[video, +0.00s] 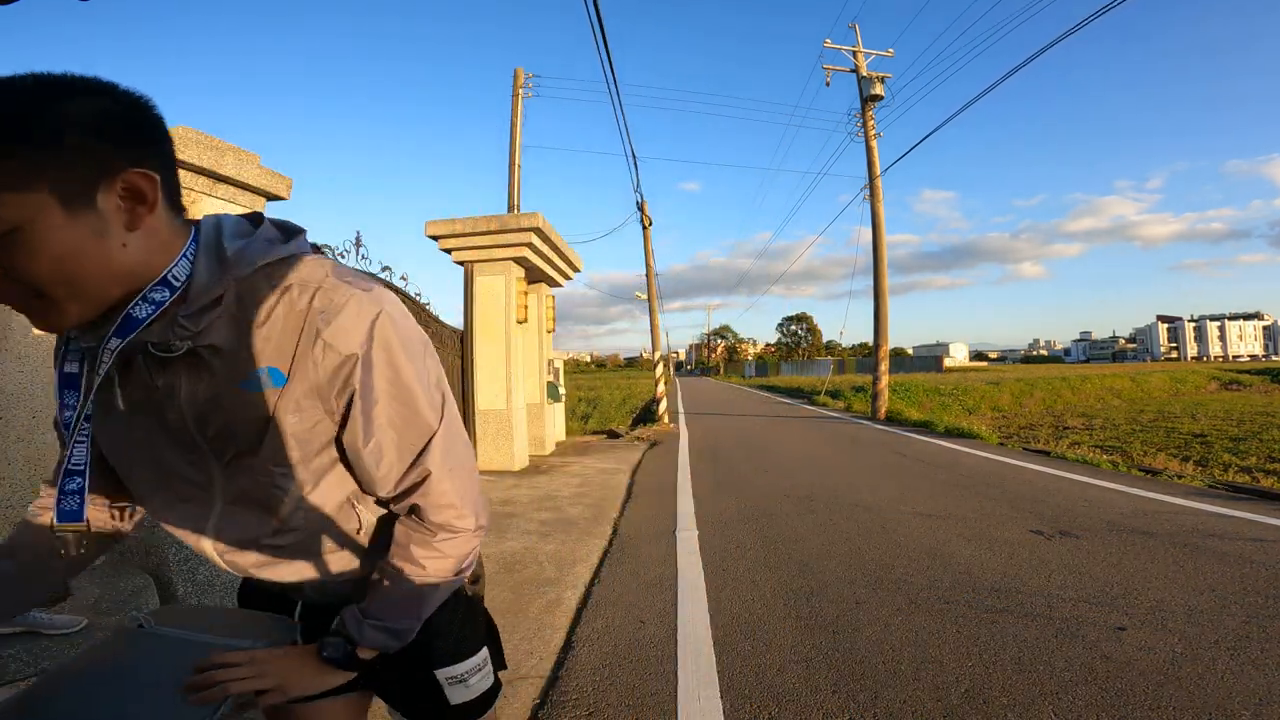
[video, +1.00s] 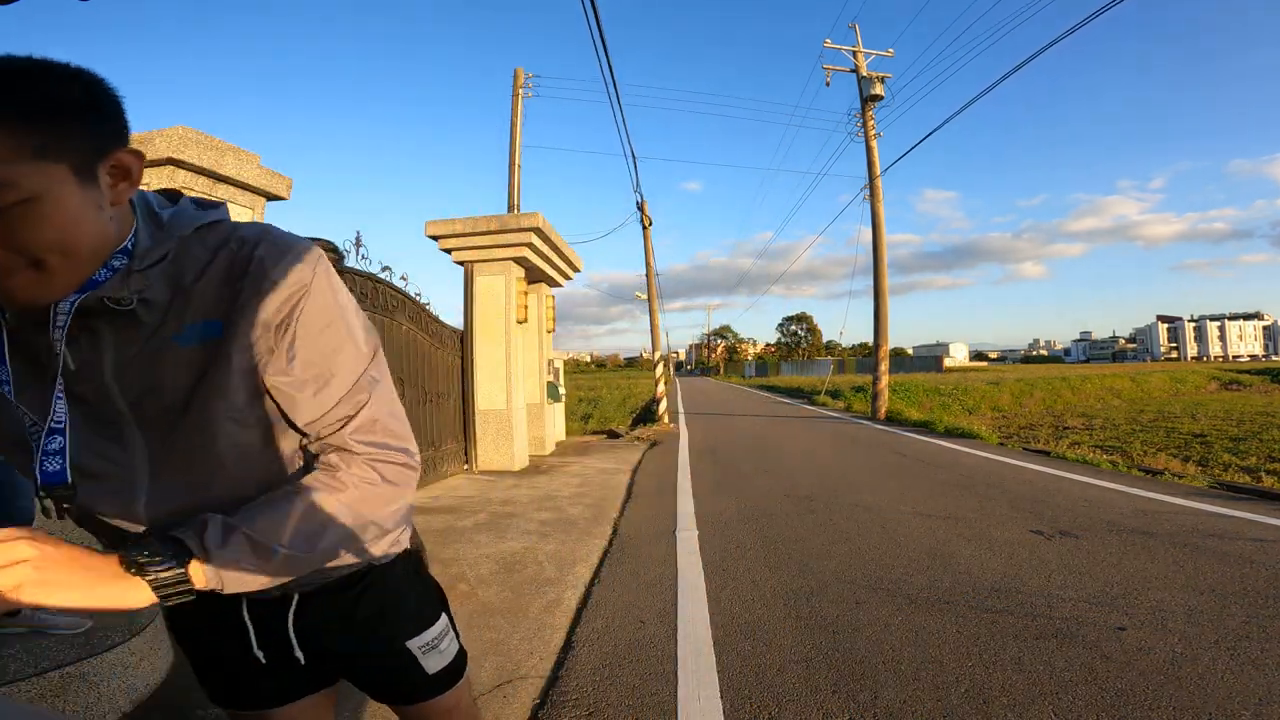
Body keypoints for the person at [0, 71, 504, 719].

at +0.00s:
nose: (1, 279)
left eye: (11, 235)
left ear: (132, 203)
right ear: (134, 206)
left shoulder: (336, 318)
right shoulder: (99, 346)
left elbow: (449, 515)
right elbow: (87, 509)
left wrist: (344, 653)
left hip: (405, 589)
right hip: (278, 597)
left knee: (454, 707)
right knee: (297, 708)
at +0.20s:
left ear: (9, 224)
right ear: (14, 224)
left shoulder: (271, 322)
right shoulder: (28, 378)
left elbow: (437, 499)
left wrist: (367, 633)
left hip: (385, 596)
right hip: (247, 605)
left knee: (454, 705)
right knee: (301, 709)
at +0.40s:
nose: (296, 275)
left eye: (304, 265)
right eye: (294, 265)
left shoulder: (221, 323)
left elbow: (409, 477)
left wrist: (366, 612)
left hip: (368, 586)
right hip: (228, 610)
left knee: (449, 709)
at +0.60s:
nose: (290, 271)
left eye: (298, 262)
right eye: (291, 262)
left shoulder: (208, 312)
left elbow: (397, 459)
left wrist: (353, 604)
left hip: (358, 573)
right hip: (216, 601)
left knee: (442, 706)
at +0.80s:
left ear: (36, 204)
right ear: (32, 205)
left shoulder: (237, 290)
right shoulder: (14, 375)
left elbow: (418, 437)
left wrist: (298, 579)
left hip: (361, 566)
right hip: (217, 599)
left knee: (446, 708)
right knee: (285, 711)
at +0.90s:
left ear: (81, 193)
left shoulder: (258, 279)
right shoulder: (24, 346)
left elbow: (410, 440)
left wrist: (239, 567)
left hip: (360, 563)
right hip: (217, 599)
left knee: (446, 707)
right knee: (288, 710)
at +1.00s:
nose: (3, 240)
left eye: (17, 204)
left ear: (118, 181)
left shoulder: (275, 281)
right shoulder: (22, 330)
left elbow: (380, 471)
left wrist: (148, 572)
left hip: (355, 565)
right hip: (212, 595)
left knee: (442, 705)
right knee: (284, 709)